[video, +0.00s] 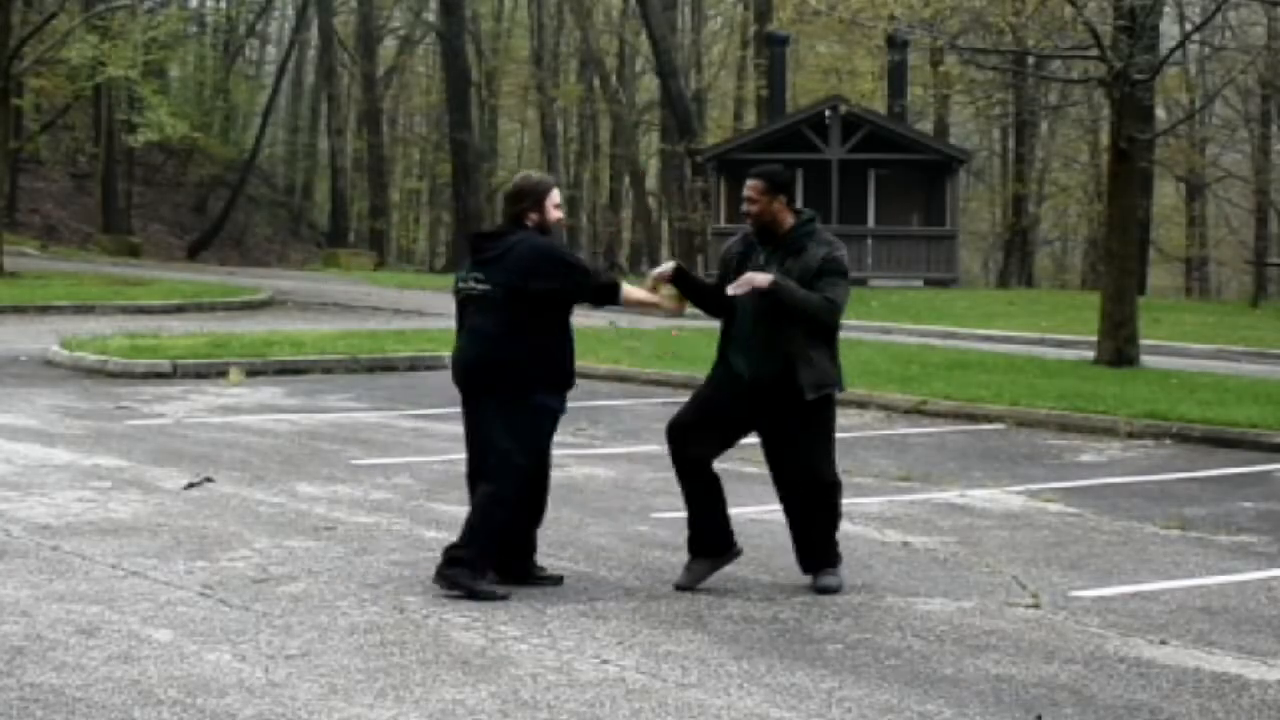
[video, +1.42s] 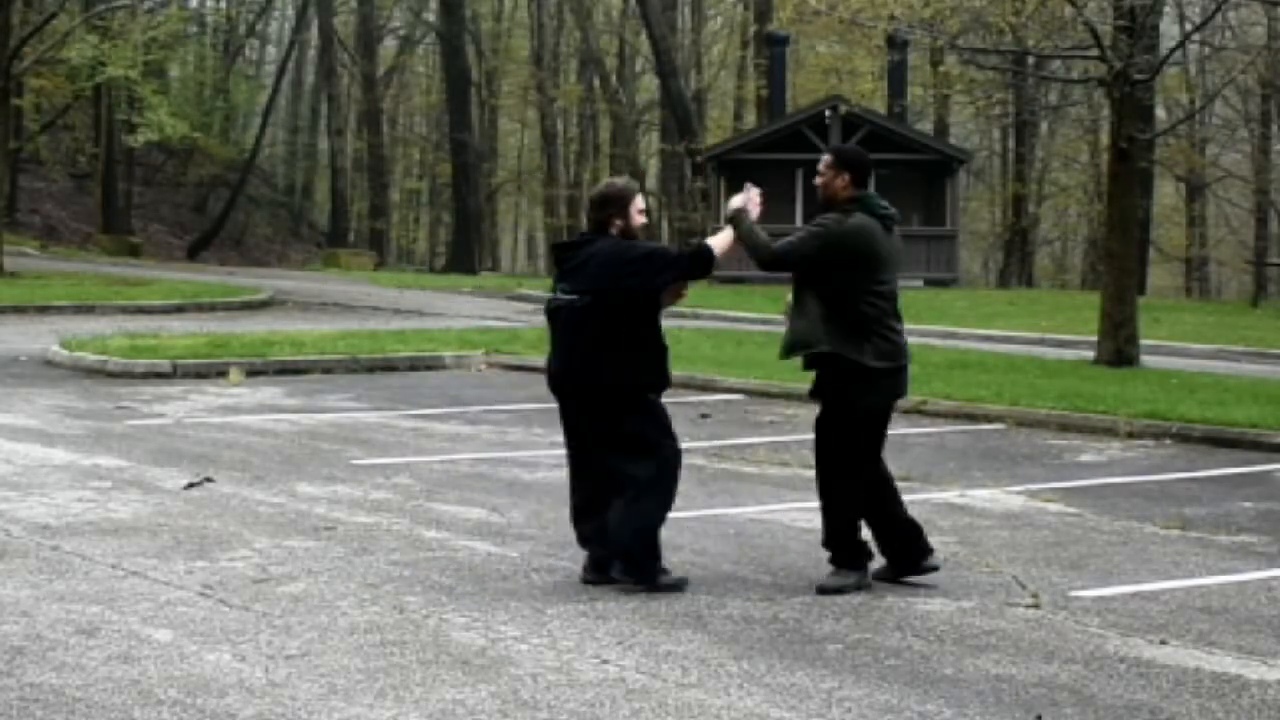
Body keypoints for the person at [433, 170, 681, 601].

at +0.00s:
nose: (563, 215)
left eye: (561, 206)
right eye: (557, 207)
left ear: (521, 213)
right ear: (534, 213)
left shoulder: (488, 253)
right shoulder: (542, 254)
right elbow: (601, 289)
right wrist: (658, 301)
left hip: (485, 385)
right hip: (527, 390)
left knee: (500, 472)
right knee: (519, 478)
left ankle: (515, 562)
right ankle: (463, 566)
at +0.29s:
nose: (571, 215)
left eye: (571, 207)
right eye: (565, 207)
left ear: (537, 212)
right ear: (540, 210)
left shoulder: (544, 254)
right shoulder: (523, 252)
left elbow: (602, 281)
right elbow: (555, 315)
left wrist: (665, 258)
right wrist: (596, 318)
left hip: (533, 386)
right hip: (519, 387)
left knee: (524, 473)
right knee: (535, 476)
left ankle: (517, 564)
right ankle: (514, 571)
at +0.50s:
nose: (568, 216)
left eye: (569, 208)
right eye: (560, 209)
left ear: (546, 214)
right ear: (534, 213)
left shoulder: (567, 256)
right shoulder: (506, 257)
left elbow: (625, 258)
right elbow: (543, 303)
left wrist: (671, 218)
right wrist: (587, 274)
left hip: (569, 395)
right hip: (523, 398)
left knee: (588, 474)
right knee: (534, 484)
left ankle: (557, 556)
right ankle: (514, 571)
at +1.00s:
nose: (594, 214)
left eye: (594, 206)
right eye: (587, 207)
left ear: (567, 215)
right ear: (562, 213)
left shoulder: (581, 256)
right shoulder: (538, 260)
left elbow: (639, 267)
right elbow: (592, 311)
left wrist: (691, 247)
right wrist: (620, 280)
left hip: (582, 398)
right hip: (542, 401)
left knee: (604, 480)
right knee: (541, 490)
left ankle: (607, 561)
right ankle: (513, 574)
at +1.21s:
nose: (621, 216)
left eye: (620, 208)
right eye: (615, 208)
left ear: (587, 214)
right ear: (593, 214)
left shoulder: (571, 256)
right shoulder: (586, 259)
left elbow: (627, 303)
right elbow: (648, 297)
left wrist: (681, 305)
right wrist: (682, 251)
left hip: (589, 392)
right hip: (584, 397)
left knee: (608, 480)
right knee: (576, 485)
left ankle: (609, 563)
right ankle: (524, 561)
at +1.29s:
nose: (630, 217)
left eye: (629, 210)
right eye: (624, 211)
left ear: (590, 217)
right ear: (602, 216)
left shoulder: (563, 260)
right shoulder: (607, 260)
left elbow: (610, 315)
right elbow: (673, 279)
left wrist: (669, 311)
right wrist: (712, 242)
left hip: (570, 386)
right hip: (613, 389)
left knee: (589, 472)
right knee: (618, 473)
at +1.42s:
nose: (646, 220)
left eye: (645, 212)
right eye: (641, 213)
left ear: (603, 219)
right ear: (617, 219)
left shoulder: (575, 260)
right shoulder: (631, 258)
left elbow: (625, 305)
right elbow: (698, 259)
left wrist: (668, 294)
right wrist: (738, 223)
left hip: (578, 389)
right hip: (625, 390)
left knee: (593, 466)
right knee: (660, 460)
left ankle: (600, 558)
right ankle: (640, 564)